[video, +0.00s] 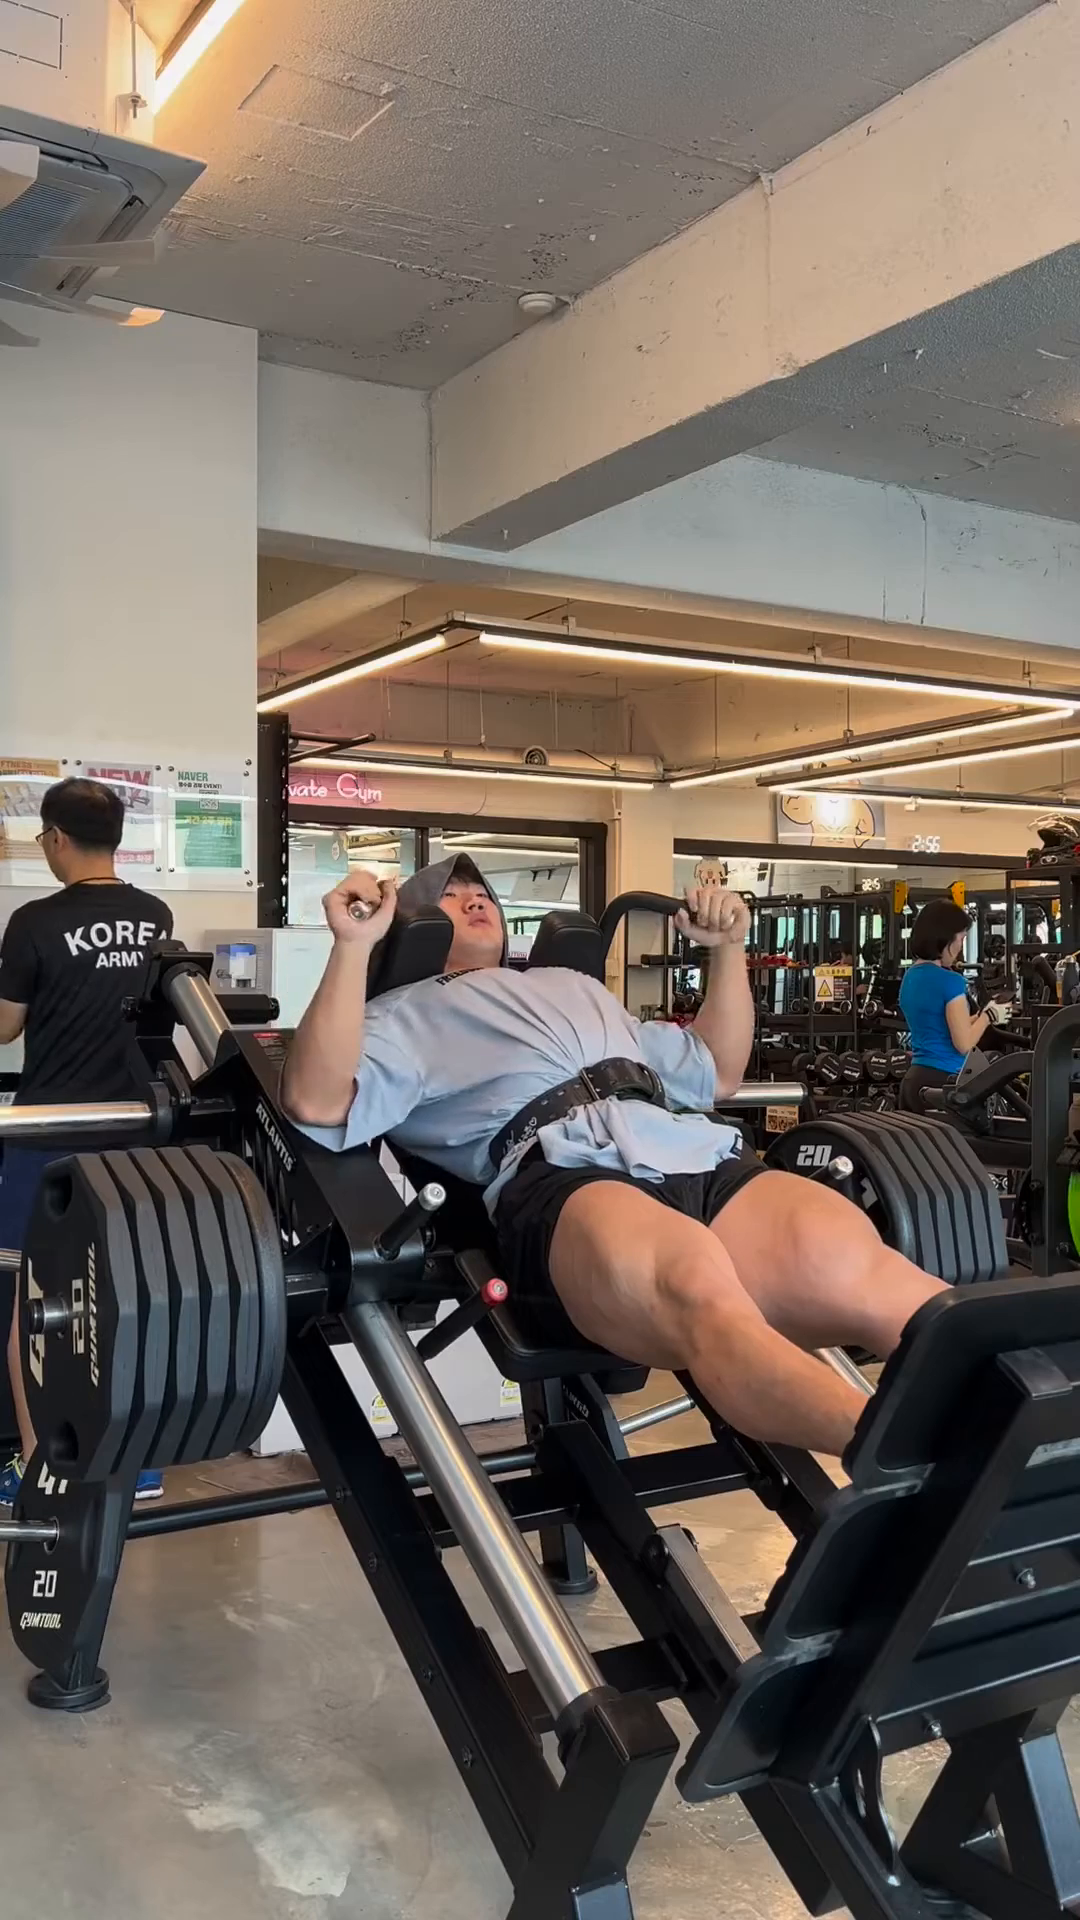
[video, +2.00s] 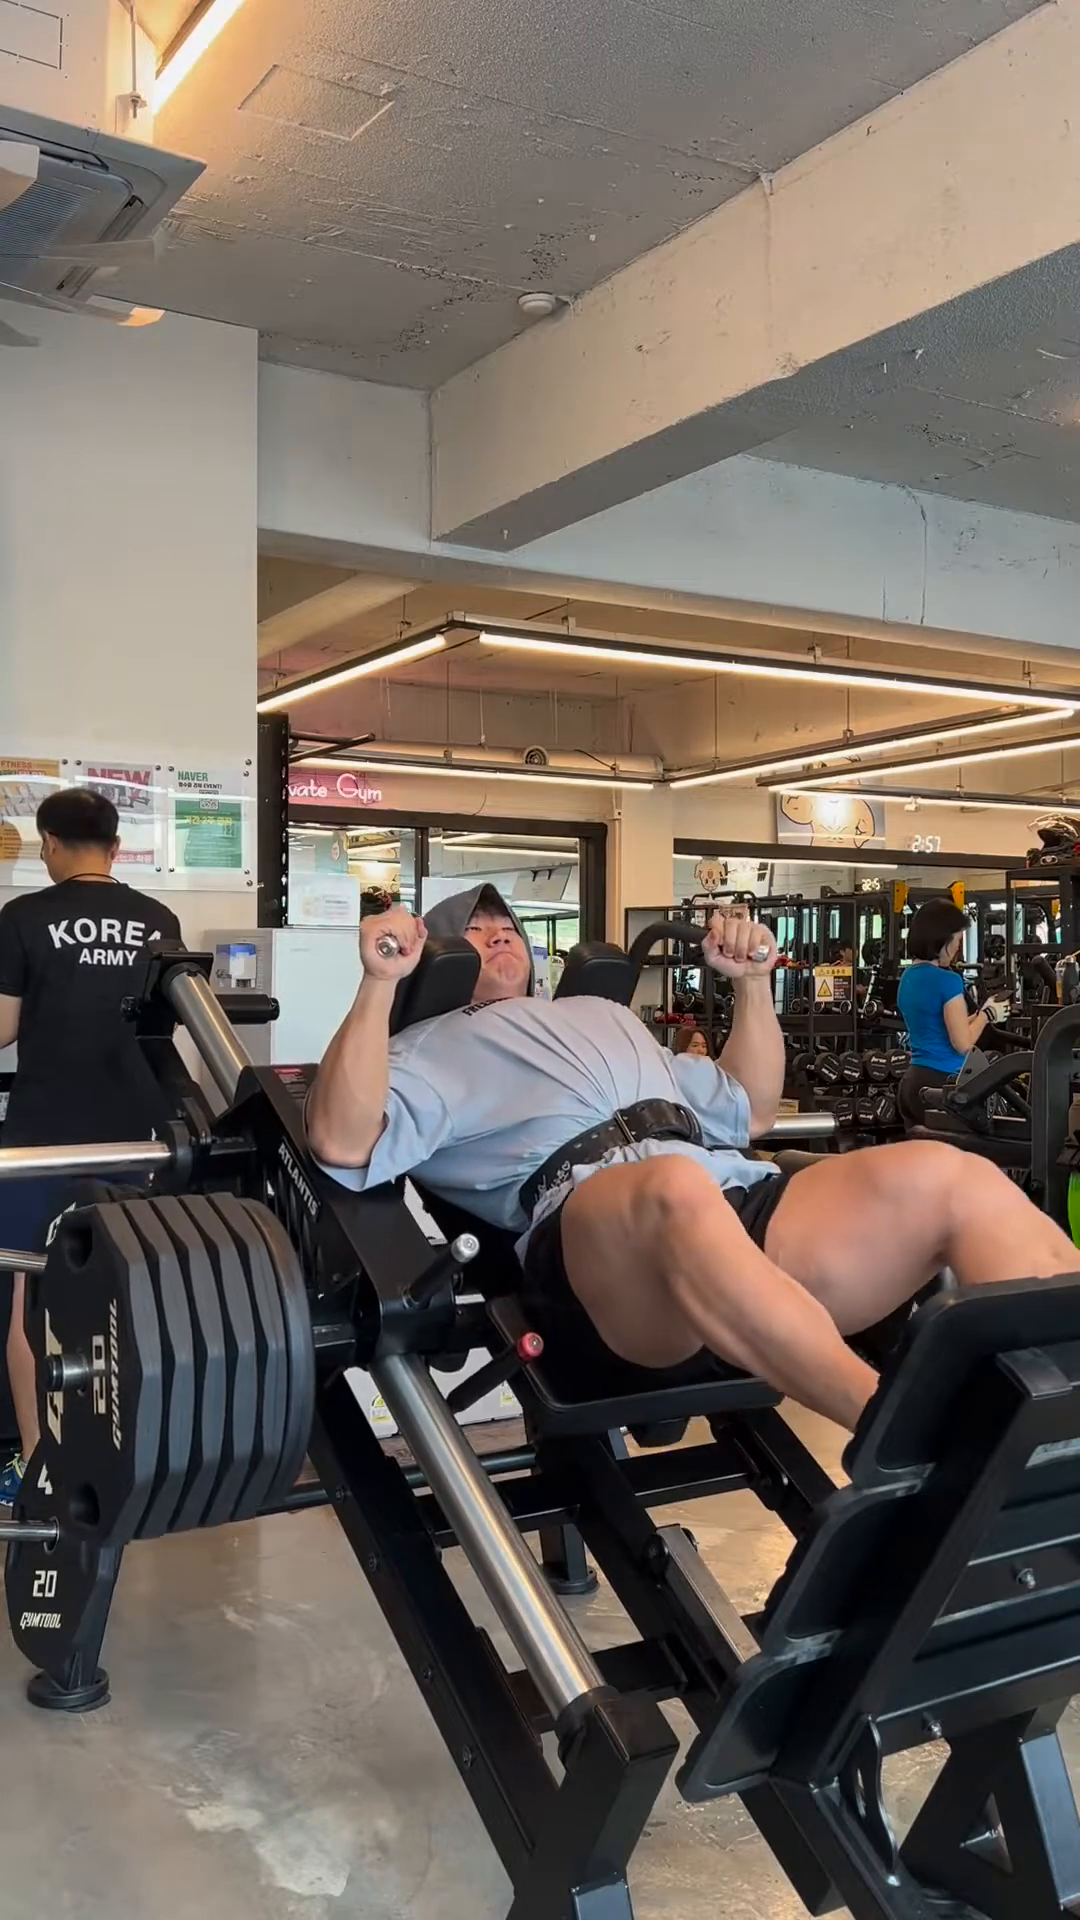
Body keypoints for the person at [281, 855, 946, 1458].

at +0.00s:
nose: (478, 899)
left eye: (485, 891)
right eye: (453, 892)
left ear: (502, 921)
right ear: (420, 931)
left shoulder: (577, 990)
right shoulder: (408, 1015)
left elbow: (713, 1073)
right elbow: (315, 1101)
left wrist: (726, 948)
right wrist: (351, 949)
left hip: (691, 1158)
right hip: (557, 1181)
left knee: (851, 1258)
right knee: (694, 1283)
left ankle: (1038, 1376)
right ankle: (892, 1447)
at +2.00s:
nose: (498, 938)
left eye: (507, 928)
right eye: (474, 935)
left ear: (530, 951)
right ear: (443, 974)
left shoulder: (606, 1021)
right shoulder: (433, 1053)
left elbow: (750, 1107)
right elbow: (342, 1142)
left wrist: (750, 982)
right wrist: (377, 987)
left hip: (745, 1217)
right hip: (590, 1266)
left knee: (950, 1177)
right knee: (672, 1190)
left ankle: (1076, 1383)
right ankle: (898, 1428)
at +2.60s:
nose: (540, 984)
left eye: (547, 973)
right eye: (516, 978)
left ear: (571, 1003)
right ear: (477, 1024)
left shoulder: (654, 1078)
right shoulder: (470, 1115)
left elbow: (804, 1170)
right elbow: (383, 1216)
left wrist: (806, 1035)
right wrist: (424, 1047)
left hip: (813, 1307)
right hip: (663, 1370)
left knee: (995, 1153)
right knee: (671, 1166)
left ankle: (1068, 1391)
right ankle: (886, 1412)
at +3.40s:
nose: (605, 1053)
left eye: (610, 1039)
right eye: (574, 1043)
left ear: (634, 1070)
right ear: (534, 1082)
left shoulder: (727, 1164)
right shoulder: (529, 1207)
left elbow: (879, 1238)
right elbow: (446, 1324)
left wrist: (889, 1117)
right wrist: (491, 1136)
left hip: (892, 1372)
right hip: (751, 1465)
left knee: (1011, 1146)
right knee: (669, 1169)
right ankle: (887, 1412)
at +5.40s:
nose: (587, 1030)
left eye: (592, 1017)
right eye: (557, 1022)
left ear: (616, 1050)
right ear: (516, 1062)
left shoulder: (685, 1147)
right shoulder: (513, 1179)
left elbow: (857, 1219)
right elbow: (428, 1289)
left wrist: (864, 1094)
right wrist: (475, 1110)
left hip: (878, 1400)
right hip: (727, 1450)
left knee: (992, 1140)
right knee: (691, 1143)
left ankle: (1070, 1396)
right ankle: (898, 1407)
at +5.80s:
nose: (544, 980)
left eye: (552, 972)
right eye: (521, 975)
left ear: (576, 1003)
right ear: (486, 1018)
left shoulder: (646, 1084)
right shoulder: (470, 1120)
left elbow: (808, 1167)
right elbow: (385, 1215)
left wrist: (806, 1038)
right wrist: (427, 1047)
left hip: (811, 1307)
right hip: (667, 1367)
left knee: (994, 1137)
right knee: (682, 1150)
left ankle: (1074, 1377)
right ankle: (894, 1414)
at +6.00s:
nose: (516, 958)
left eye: (526, 948)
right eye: (493, 951)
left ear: (552, 974)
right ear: (460, 992)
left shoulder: (624, 1057)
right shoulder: (442, 1078)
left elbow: (774, 1135)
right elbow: (358, 1170)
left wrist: (774, 1009)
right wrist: (399, 1011)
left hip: (776, 1253)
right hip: (623, 1308)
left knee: (976, 1149)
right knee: (667, 1166)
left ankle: (1072, 1382)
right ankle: (896, 1424)